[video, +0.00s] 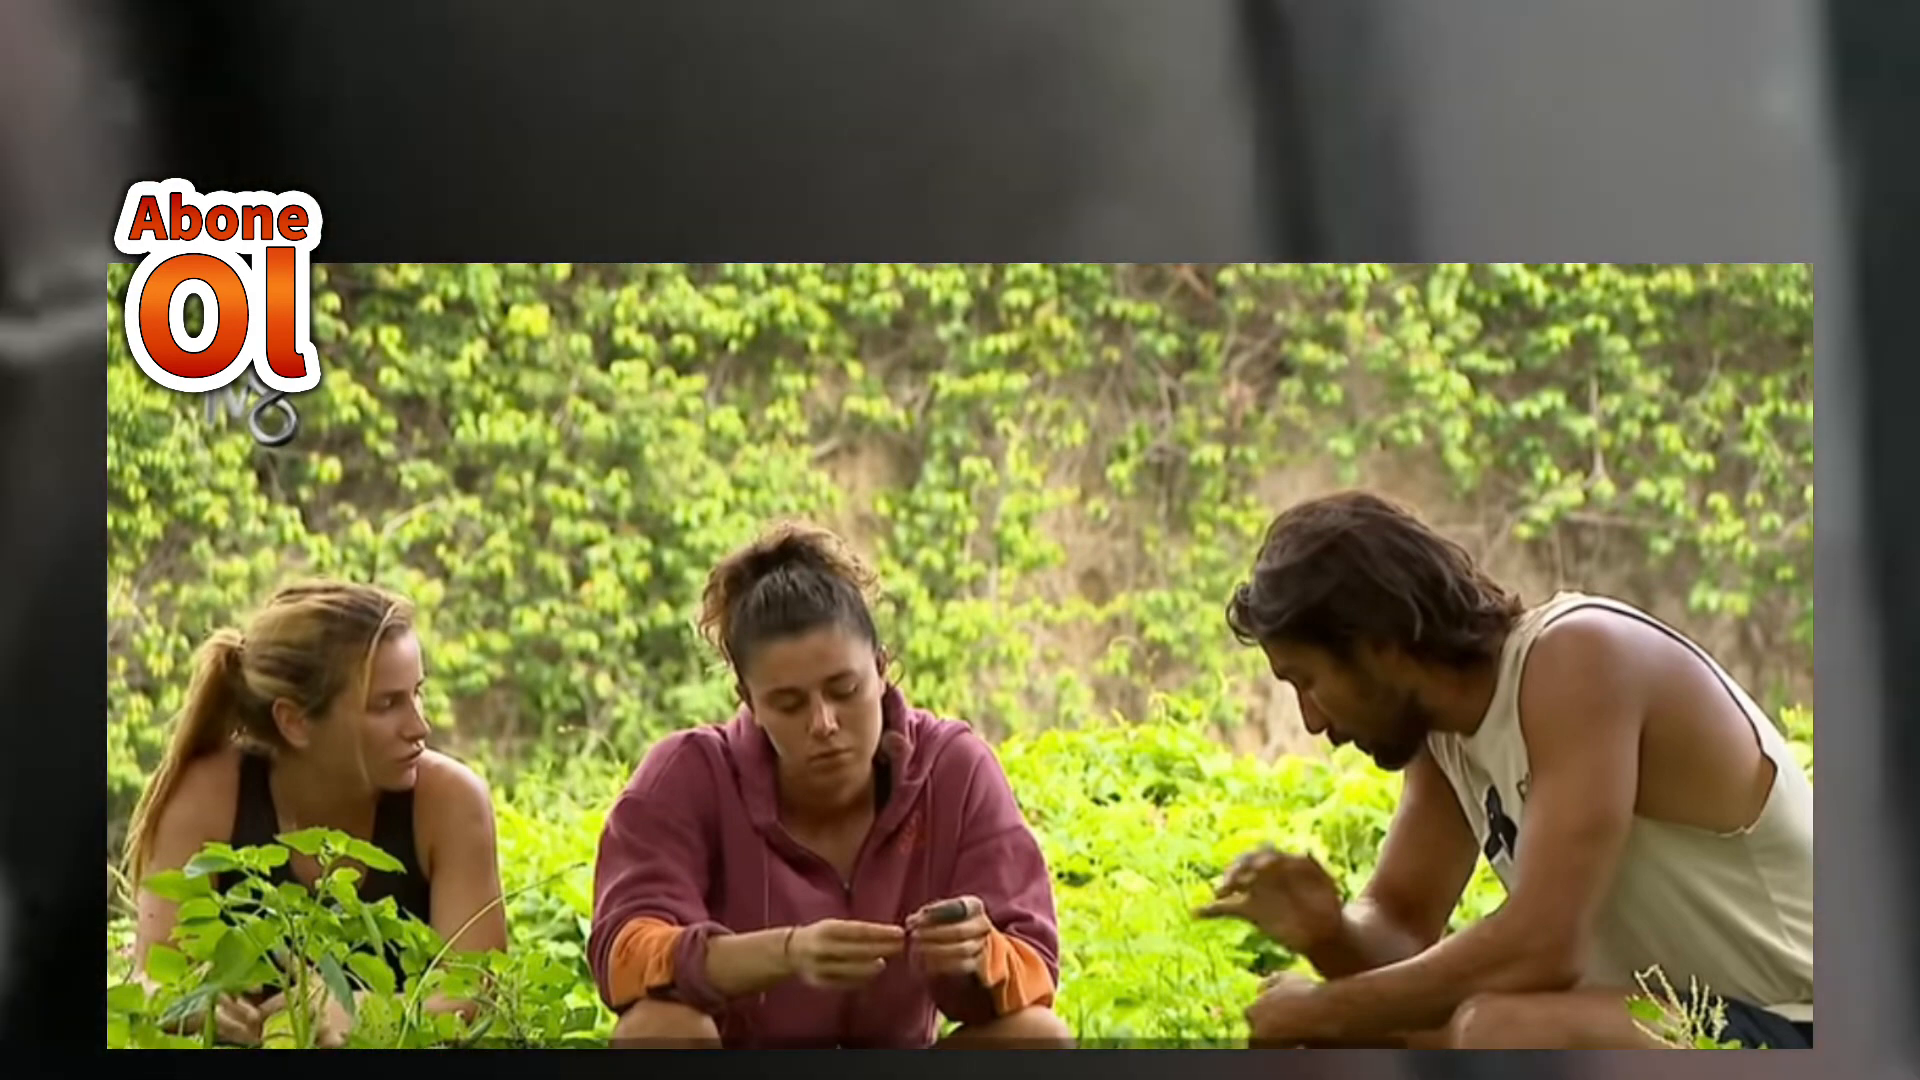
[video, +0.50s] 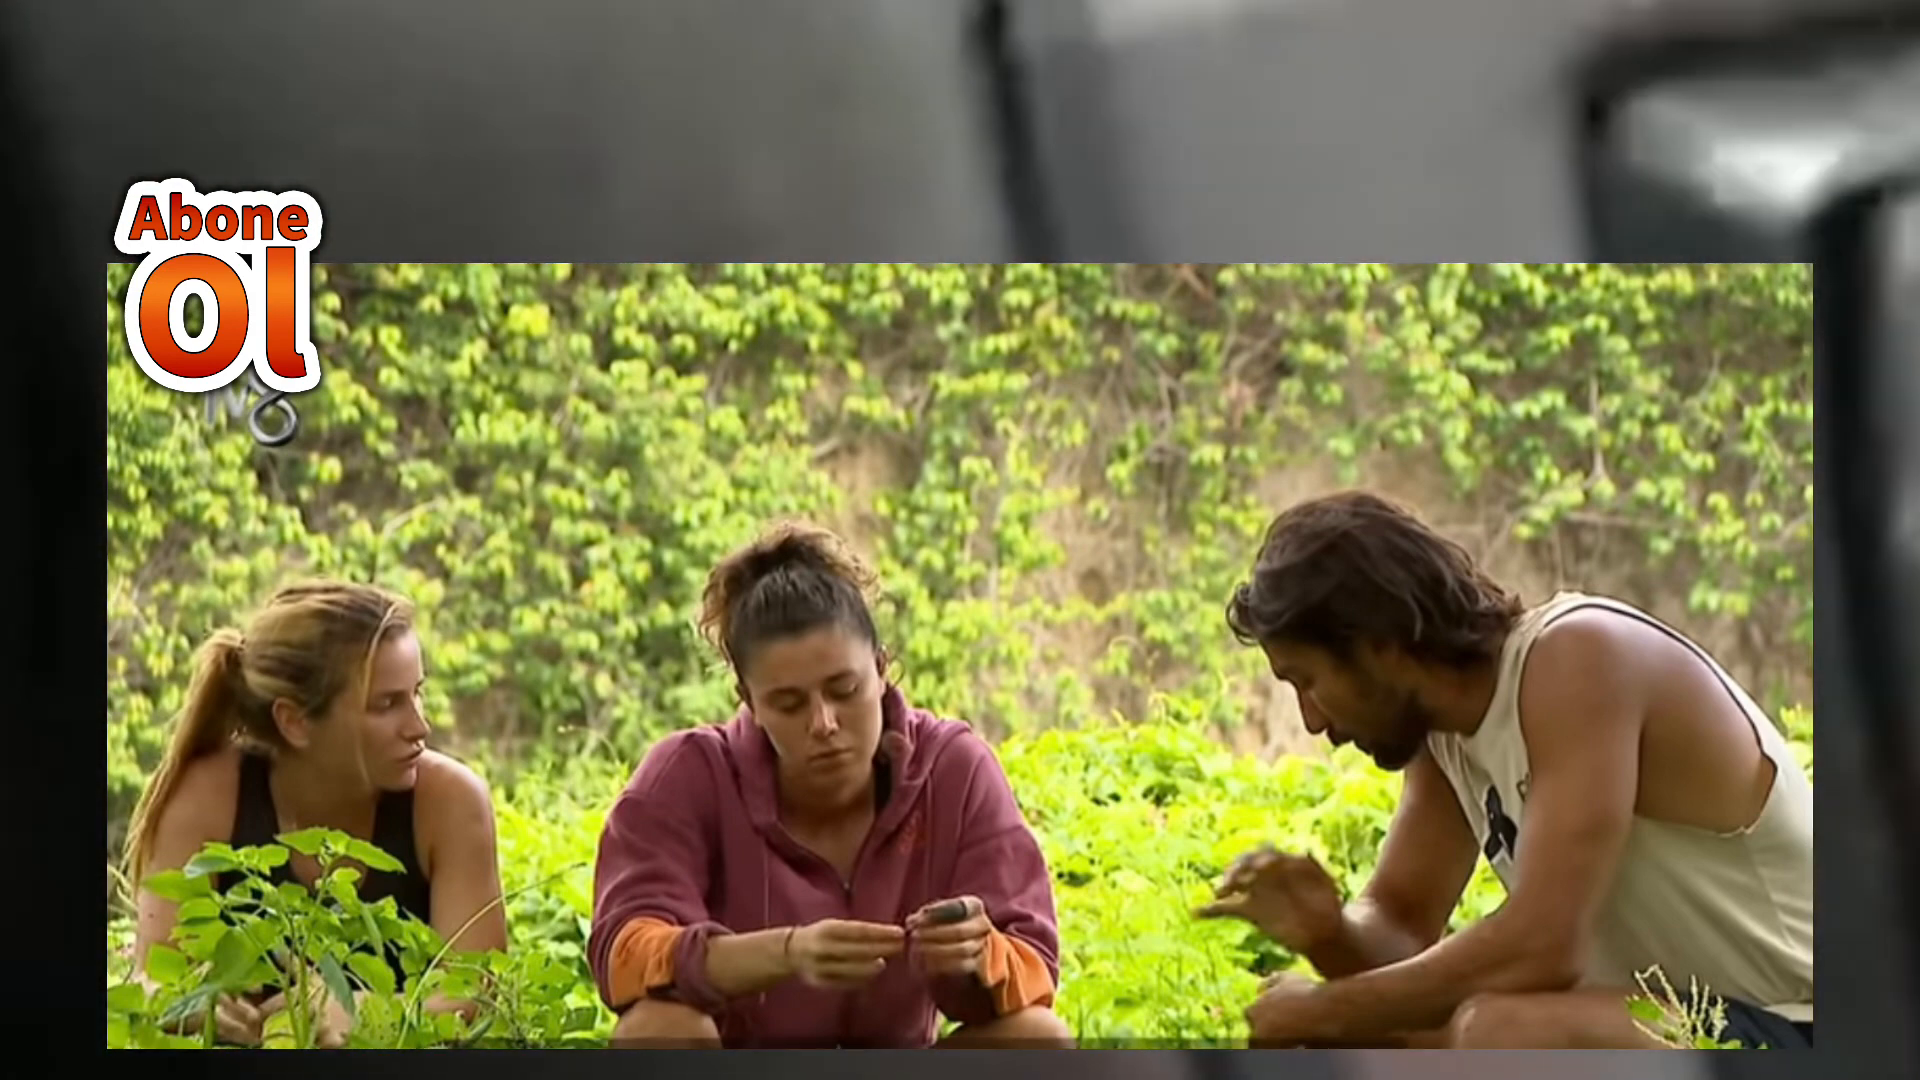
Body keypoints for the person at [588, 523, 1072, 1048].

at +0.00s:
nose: (824, 725)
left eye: (844, 690)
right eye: (789, 703)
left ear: (881, 670)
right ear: (747, 699)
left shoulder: (955, 766)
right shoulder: (687, 773)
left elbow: (1031, 969)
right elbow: (629, 957)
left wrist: (977, 954)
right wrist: (787, 951)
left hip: (898, 1053)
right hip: (740, 1053)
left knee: (1037, 1035)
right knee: (658, 1025)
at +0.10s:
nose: (824, 725)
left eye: (844, 690)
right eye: (789, 703)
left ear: (881, 670)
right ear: (747, 699)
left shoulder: (955, 766)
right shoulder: (687, 773)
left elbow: (1031, 969)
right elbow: (629, 957)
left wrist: (977, 954)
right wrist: (786, 952)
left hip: (898, 1055)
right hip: (739, 1055)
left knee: (1037, 1035)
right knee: (658, 1026)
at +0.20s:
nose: (824, 725)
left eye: (844, 690)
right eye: (789, 703)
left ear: (881, 670)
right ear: (747, 698)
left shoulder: (955, 766)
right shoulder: (687, 773)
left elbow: (1031, 970)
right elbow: (629, 958)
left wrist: (977, 953)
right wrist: (786, 951)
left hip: (899, 1055)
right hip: (739, 1057)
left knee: (1037, 1036)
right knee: (658, 1026)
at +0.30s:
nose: (824, 725)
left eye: (844, 690)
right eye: (789, 703)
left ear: (880, 670)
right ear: (747, 698)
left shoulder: (955, 766)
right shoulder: (687, 774)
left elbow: (1030, 969)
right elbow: (629, 957)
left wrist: (977, 954)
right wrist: (786, 952)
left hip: (898, 1059)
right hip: (739, 1060)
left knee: (1037, 1037)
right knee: (658, 1026)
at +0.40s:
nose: (824, 725)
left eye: (844, 690)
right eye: (789, 703)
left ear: (881, 670)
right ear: (747, 698)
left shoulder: (955, 766)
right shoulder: (687, 773)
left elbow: (1031, 970)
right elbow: (629, 958)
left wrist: (977, 953)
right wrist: (786, 951)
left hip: (898, 1058)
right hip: (739, 1059)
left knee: (1037, 1036)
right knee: (658, 1026)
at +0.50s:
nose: (824, 725)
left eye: (844, 690)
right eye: (789, 703)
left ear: (880, 670)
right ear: (747, 698)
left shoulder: (955, 766)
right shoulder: (687, 774)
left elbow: (1030, 969)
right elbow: (629, 957)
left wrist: (977, 954)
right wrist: (786, 952)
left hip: (898, 1059)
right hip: (739, 1060)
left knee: (1037, 1036)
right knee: (658, 1026)